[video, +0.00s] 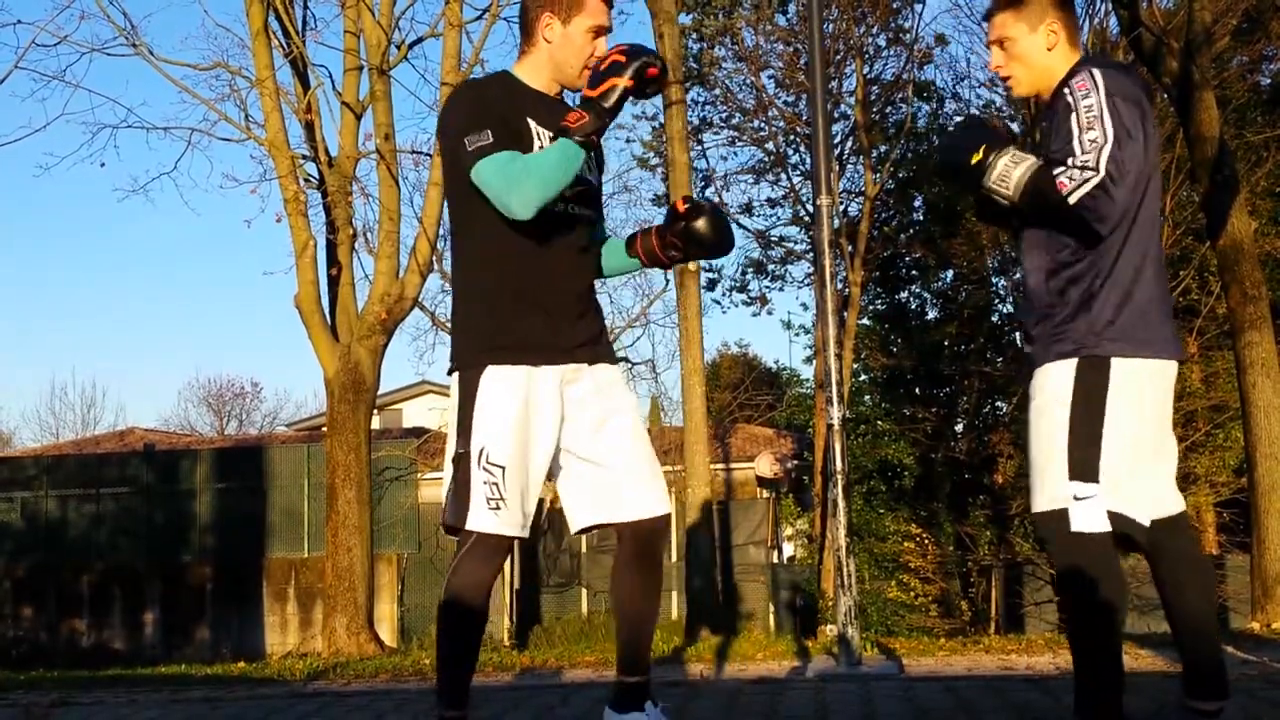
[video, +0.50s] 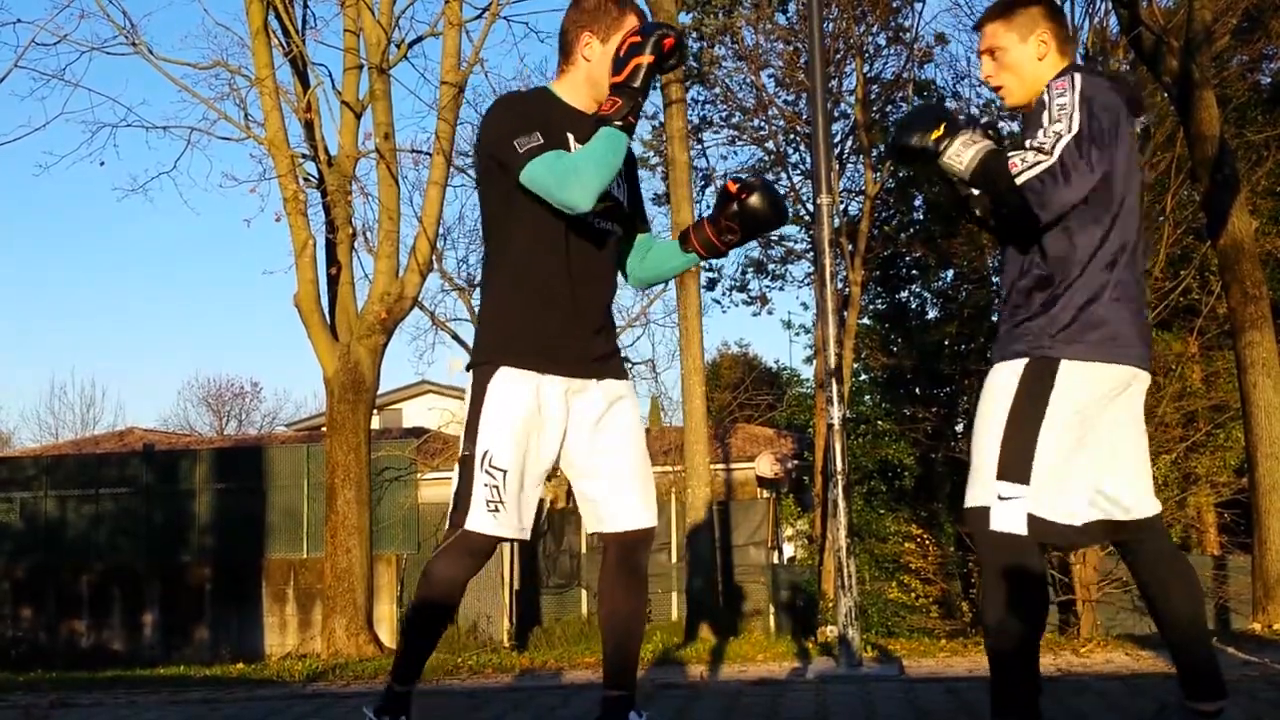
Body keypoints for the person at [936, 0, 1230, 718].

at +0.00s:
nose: (993, 61)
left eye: (1002, 44)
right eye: (990, 47)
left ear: (1050, 37)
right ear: (1046, 40)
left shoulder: (1091, 87)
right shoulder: (1070, 105)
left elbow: (1093, 201)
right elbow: (1051, 208)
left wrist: (995, 161)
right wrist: (988, 163)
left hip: (1092, 340)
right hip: (1127, 337)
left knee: (1070, 525)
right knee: (1154, 511)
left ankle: (1098, 709)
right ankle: (1208, 697)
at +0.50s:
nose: (985, 70)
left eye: (994, 53)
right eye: (982, 57)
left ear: (1044, 46)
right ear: (1038, 53)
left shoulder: (1076, 95)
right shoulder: (1086, 107)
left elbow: (1039, 189)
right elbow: (1027, 216)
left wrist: (957, 146)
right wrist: (965, 174)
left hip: (1055, 340)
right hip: (1107, 339)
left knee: (997, 517)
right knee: (1133, 517)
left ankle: (1013, 709)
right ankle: (1207, 694)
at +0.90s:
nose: (902, 54)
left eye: (909, 35)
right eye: (901, 38)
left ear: (954, 25)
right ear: (978, 26)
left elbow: (851, 146)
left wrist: (774, 107)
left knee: (982, 533)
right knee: (1126, 517)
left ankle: (1009, 716)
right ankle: (1183, 697)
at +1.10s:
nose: (894, 65)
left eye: (901, 45)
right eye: (892, 49)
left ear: (951, 36)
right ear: (955, 37)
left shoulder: (994, 90)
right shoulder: (1018, 93)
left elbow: (959, 208)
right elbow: (960, 224)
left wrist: (890, 147)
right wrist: (890, 158)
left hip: (1019, 342)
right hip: (1076, 339)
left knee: (971, 536)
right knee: (1099, 518)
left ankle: (1012, 718)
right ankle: (1182, 693)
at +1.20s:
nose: (898, 54)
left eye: (906, 34)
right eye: (897, 38)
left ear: (955, 27)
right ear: (959, 28)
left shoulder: (1000, 77)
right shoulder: (1009, 81)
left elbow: (944, 184)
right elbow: (935, 191)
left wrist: (894, 109)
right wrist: (891, 125)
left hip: (1021, 335)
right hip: (1072, 330)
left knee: (989, 539)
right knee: (1085, 517)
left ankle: (1021, 718)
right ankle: (1170, 689)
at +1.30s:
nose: (905, 51)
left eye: (916, 34)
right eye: (904, 37)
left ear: (966, 28)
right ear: (964, 29)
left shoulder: (1000, 79)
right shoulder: (1017, 79)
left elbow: (925, 170)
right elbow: (920, 171)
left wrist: (887, 100)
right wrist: (883, 98)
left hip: (1021, 340)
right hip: (1070, 334)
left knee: (997, 537)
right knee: (1081, 523)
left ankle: (1023, 719)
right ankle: (1152, 698)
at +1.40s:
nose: (917, 62)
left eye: (925, 42)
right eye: (914, 46)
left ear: (974, 33)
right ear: (971, 35)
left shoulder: (1014, 89)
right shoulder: (1021, 90)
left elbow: (944, 184)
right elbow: (952, 190)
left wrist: (873, 133)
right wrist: (904, 128)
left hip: (1019, 346)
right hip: (1066, 342)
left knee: (960, 530)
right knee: (1088, 528)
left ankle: (1003, 716)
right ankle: (1157, 703)